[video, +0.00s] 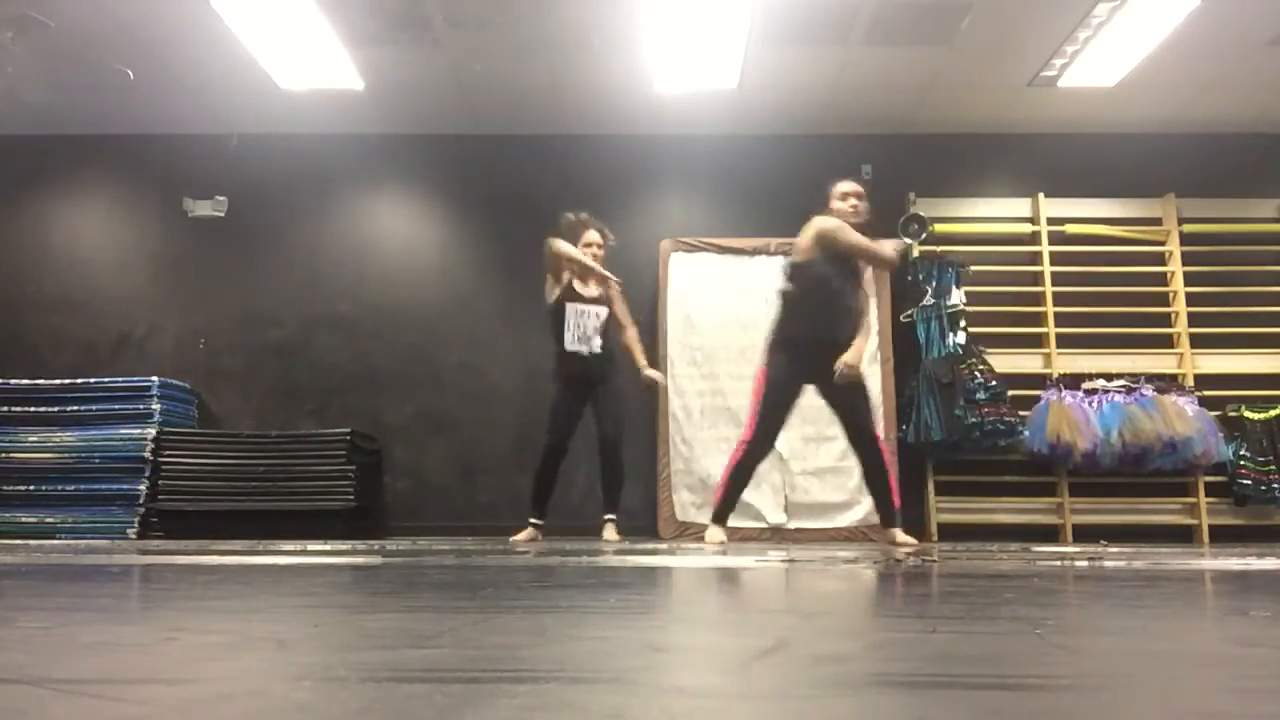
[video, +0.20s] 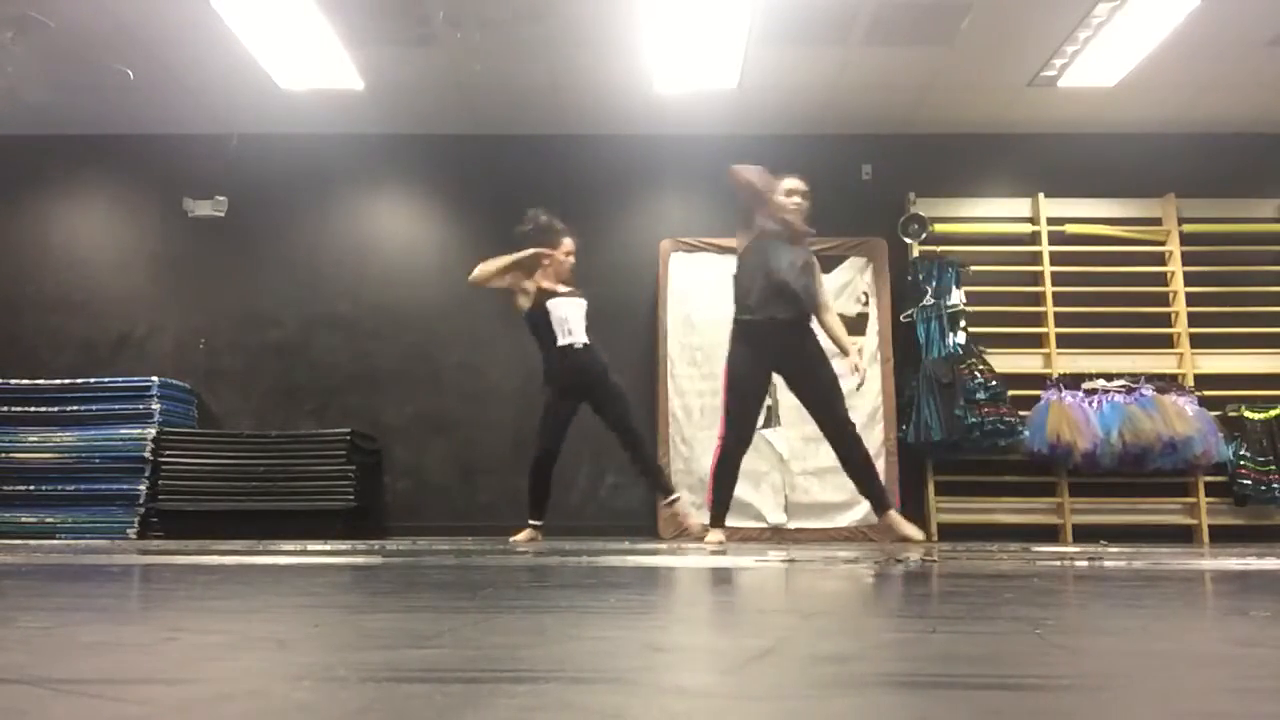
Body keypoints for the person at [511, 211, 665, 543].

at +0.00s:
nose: (595, 253)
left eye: (599, 247)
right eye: (588, 246)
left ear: (605, 251)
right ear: (574, 251)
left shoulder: (608, 288)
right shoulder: (559, 282)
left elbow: (628, 327)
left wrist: (643, 366)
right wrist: (595, 269)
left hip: (605, 377)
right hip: (571, 376)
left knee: (611, 442)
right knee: (554, 445)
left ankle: (610, 522)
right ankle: (535, 524)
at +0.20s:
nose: (573, 261)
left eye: (573, 254)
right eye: (567, 254)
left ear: (567, 257)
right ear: (545, 256)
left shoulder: (572, 292)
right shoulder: (525, 288)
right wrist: (524, 256)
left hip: (596, 377)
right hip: (562, 383)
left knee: (632, 437)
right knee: (545, 454)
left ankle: (676, 505)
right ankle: (534, 527)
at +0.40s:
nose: (550, 281)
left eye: (549, 274)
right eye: (543, 276)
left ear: (545, 277)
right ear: (523, 282)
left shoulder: (559, 305)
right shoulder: (505, 322)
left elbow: (579, 337)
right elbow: (476, 358)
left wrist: (591, 361)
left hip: (597, 389)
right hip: (563, 403)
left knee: (647, 438)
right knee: (541, 459)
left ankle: (707, 486)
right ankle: (535, 529)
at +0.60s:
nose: (565, 305)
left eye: (563, 298)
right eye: (557, 301)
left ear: (563, 299)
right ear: (536, 311)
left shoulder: (580, 326)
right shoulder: (523, 351)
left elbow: (607, 361)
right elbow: (507, 396)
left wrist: (628, 397)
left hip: (605, 408)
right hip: (569, 418)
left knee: (650, 445)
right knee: (540, 463)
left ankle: (703, 508)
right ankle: (535, 530)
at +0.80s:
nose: (597, 297)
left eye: (603, 289)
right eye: (591, 292)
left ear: (616, 297)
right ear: (582, 302)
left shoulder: (634, 324)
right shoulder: (573, 340)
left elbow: (648, 370)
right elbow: (563, 387)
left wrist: (657, 413)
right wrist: (553, 431)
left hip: (635, 414)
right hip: (595, 418)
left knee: (674, 449)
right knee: (558, 458)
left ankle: (686, 525)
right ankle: (536, 529)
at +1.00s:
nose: (634, 254)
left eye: (640, 248)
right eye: (627, 250)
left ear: (653, 252)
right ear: (621, 258)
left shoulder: (672, 290)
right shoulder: (619, 297)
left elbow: (708, 313)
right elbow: (612, 333)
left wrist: (739, 331)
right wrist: (604, 353)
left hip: (676, 383)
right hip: (640, 387)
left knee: (694, 447)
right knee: (621, 452)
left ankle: (689, 524)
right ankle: (596, 522)